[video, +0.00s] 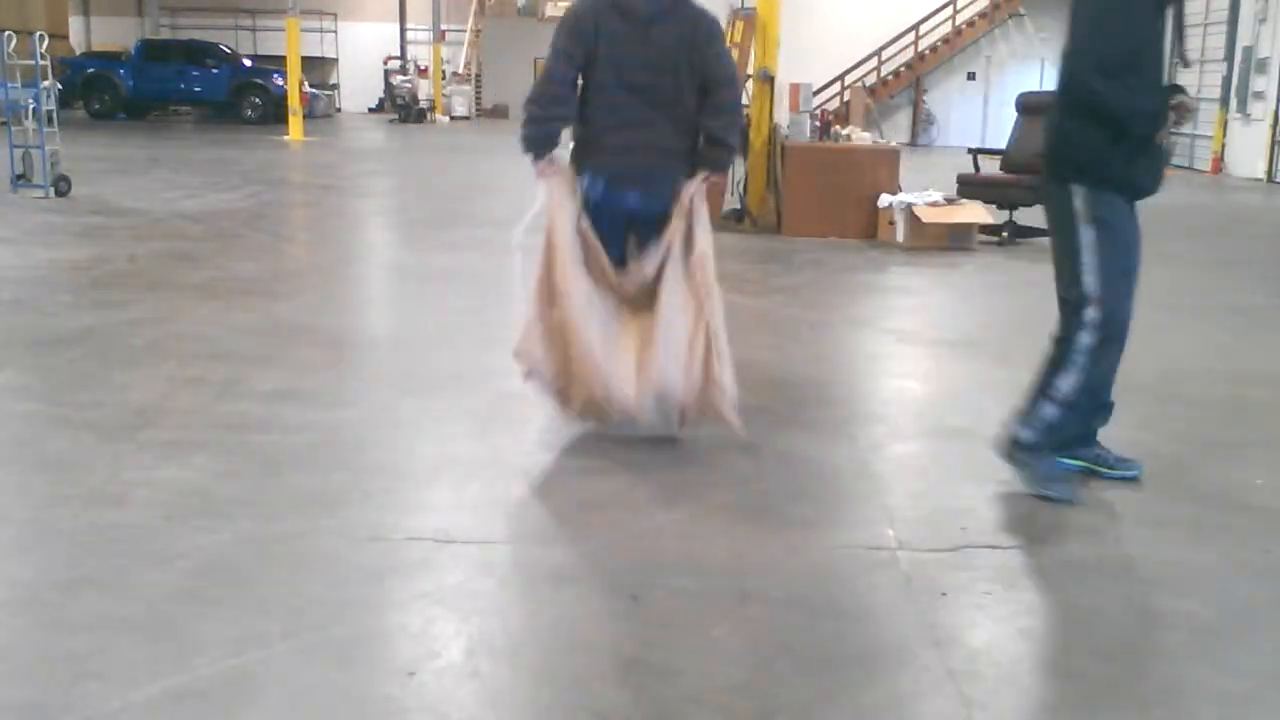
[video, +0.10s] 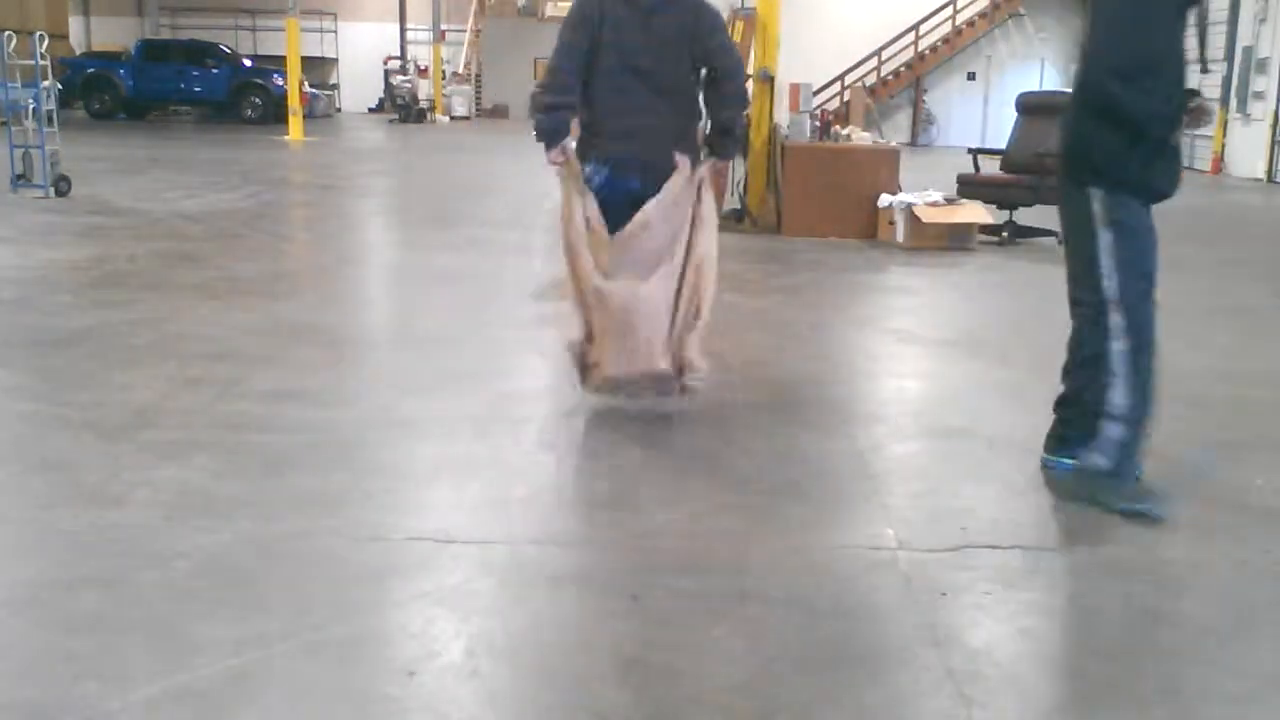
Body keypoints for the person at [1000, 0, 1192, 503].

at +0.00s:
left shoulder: (1141, 11)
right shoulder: (1116, 9)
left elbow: (1114, 76)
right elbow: (1091, 77)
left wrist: (1159, 102)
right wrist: (1157, 110)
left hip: (1109, 171)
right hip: (1083, 168)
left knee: (1109, 313)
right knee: (1092, 313)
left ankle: (1076, 438)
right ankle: (1032, 440)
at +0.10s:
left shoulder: (1149, 14)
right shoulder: (1142, 12)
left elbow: (1123, 76)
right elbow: (1116, 77)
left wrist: (1173, 108)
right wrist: (1167, 120)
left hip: (1103, 166)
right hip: (1107, 171)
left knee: (1099, 314)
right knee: (1120, 317)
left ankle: (1072, 446)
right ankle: (1105, 469)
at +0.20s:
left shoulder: (1177, 16)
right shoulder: (1164, 13)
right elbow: (1129, 80)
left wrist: (1194, 111)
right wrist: (1186, 123)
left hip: (1128, 171)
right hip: (1120, 172)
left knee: (1112, 314)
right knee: (1143, 316)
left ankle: (1073, 438)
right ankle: (1178, 473)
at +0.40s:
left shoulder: (1235, 15)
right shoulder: (1222, 13)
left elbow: (1207, 80)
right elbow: (1181, 85)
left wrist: (1252, 112)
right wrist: (1244, 123)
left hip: (1178, 165)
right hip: (1176, 168)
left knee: (1152, 316)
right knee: (1208, 324)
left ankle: (1076, 437)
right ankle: (1226, 482)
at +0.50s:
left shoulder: (1244, 16)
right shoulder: (1246, 17)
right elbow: (1222, 91)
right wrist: (1265, 155)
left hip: (1210, 183)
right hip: (1212, 185)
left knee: (1191, 327)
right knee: (1244, 340)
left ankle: (1094, 422)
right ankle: (1227, 483)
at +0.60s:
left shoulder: (1255, 16)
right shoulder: (1255, 15)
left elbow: (1237, 98)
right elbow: (1242, 99)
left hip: (1247, 191)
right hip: (1236, 190)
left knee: (1235, 337)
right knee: (1250, 340)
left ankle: (1135, 408)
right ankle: (1228, 483)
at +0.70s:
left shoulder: (1260, 18)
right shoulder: (1262, 17)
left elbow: (1250, 97)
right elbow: (1255, 98)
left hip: (1251, 180)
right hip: (1252, 181)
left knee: (1258, 329)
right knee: (1255, 333)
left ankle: (1205, 422)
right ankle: (1229, 480)